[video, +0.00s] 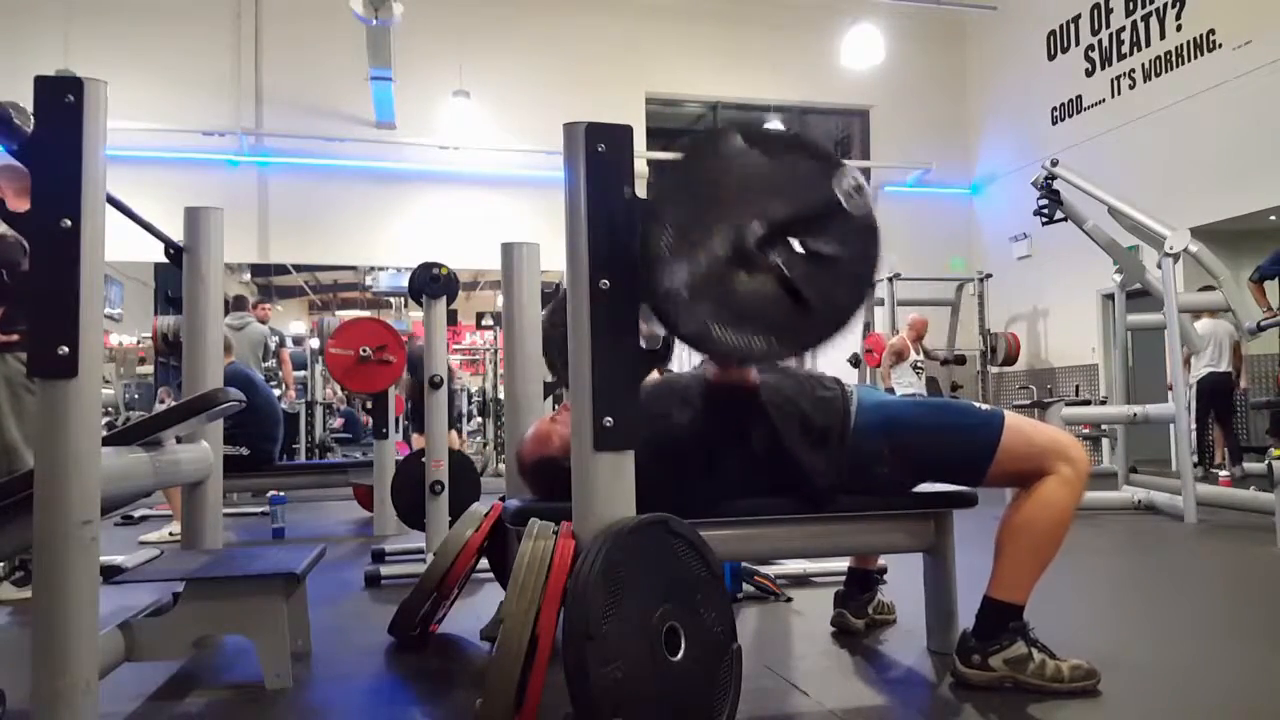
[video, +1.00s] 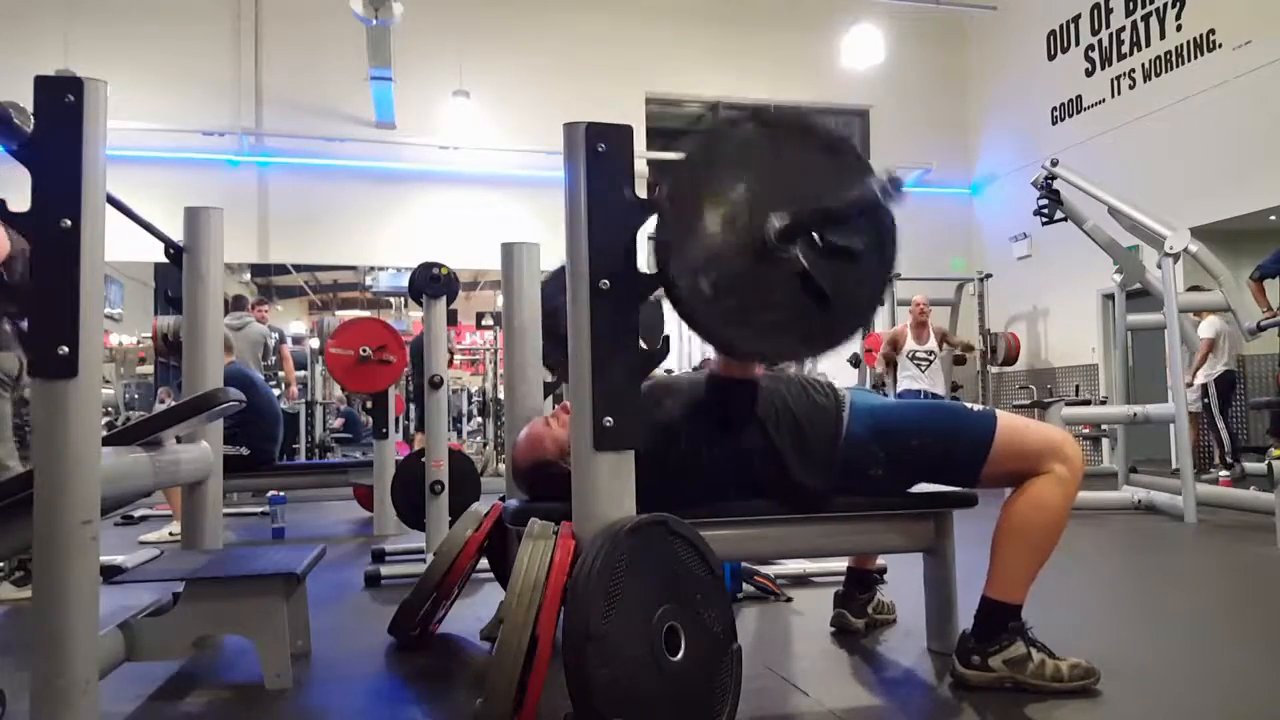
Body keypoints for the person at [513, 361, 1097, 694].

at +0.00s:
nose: (554, 412)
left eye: (547, 417)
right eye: (549, 422)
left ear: (560, 457)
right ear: (563, 451)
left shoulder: (599, 451)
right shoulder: (611, 443)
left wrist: (714, 382)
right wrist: (720, 380)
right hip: (839, 436)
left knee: (904, 441)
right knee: (1064, 457)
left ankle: (857, 598)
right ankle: (994, 640)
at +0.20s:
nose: (558, 410)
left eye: (548, 414)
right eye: (550, 424)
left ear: (569, 423)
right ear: (569, 456)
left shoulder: (623, 439)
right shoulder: (641, 444)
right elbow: (674, 318)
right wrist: (678, 214)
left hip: (828, 421)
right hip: (851, 428)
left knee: (911, 442)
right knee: (1062, 454)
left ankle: (856, 597)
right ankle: (993, 639)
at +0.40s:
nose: (555, 411)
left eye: (545, 415)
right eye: (547, 427)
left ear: (566, 426)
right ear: (566, 460)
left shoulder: (622, 444)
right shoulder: (637, 452)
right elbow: (670, 330)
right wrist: (687, 218)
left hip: (822, 428)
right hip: (843, 432)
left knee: (914, 445)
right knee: (1057, 452)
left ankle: (858, 594)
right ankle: (992, 640)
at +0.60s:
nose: (557, 411)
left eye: (547, 415)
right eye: (550, 426)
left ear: (568, 426)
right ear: (570, 460)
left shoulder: (622, 447)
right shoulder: (640, 453)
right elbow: (681, 320)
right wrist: (694, 204)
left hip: (824, 433)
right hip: (851, 433)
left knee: (911, 450)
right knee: (1060, 455)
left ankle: (857, 595)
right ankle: (992, 640)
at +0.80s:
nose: (560, 409)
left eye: (549, 413)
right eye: (553, 423)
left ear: (564, 463)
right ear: (569, 459)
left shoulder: (616, 444)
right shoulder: (641, 459)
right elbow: (695, 340)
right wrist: (705, 222)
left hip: (815, 433)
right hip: (848, 434)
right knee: (1061, 455)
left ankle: (860, 591)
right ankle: (993, 639)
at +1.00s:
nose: (552, 410)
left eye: (545, 415)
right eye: (546, 423)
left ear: (560, 451)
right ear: (560, 452)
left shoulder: (606, 438)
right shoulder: (615, 435)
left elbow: (722, 390)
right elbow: (729, 391)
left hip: (812, 435)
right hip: (838, 433)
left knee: (913, 441)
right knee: (1059, 455)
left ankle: (857, 599)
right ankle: (992, 642)